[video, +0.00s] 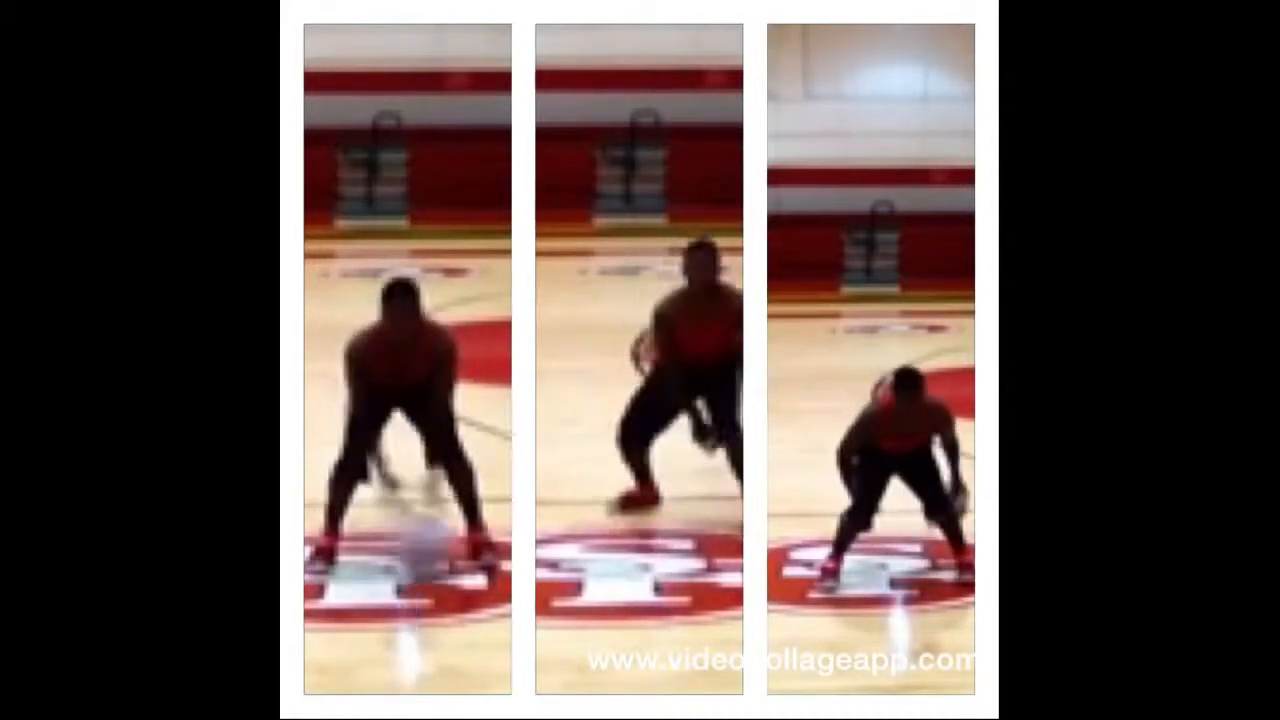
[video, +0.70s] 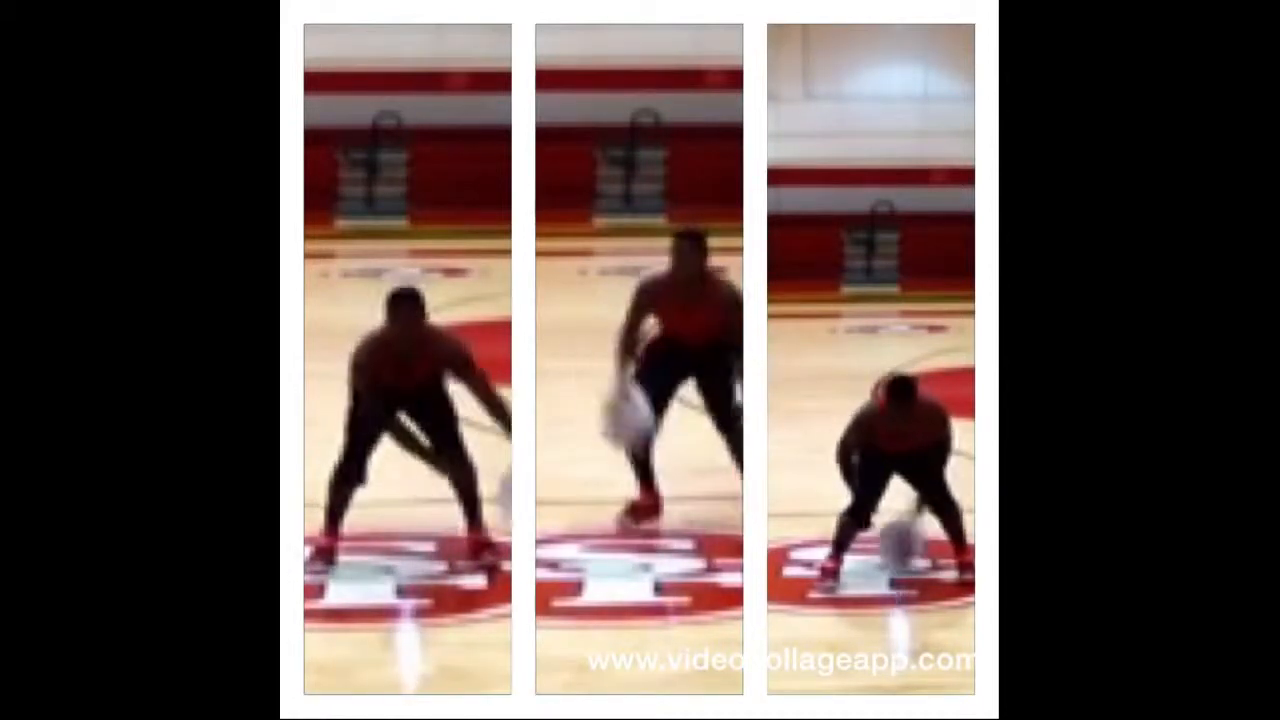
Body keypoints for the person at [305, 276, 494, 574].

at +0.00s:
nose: (402, 326)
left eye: (409, 316)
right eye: (394, 316)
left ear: (419, 312)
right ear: (383, 314)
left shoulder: (439, 344)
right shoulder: (363, 349)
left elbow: (442, 405)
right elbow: (362, 413)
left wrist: (435, 454)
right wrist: (375, 462)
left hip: (422, 394)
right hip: (375, 397)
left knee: (454, 458)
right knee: (350, 462)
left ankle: (476, 530)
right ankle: (330, 535)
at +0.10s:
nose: (407, 327)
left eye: (413, 318)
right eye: (400, 319)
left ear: (423, 317)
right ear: (388, 318)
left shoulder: (440, 346)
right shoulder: (369, 354)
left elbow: (474, 394)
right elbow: (387, 422)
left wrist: (502, 436)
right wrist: (429, 463)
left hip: (422, 396)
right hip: (375, 402)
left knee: (458, 463)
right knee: (349, 470)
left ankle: (476, 533)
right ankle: (330, 536)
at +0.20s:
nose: (407, 334)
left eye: (413, 323)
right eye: (399, 325)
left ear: (422, 320)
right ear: (387, 323)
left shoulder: (439, 347)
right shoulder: (368, 358)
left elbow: (481, 389)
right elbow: (377, 427)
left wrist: (514, 426)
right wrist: (421, 469)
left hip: (420, 396)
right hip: (373, 401)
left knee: (456, 461)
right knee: (351, 469)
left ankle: (477, 532)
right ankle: (330, 536)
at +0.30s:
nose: (398, 323)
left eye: (404, 314)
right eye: (391, 315)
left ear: (414, 312)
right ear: (380, 314)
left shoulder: (440, 345)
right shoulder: (362, 348)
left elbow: (449, 403)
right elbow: (359, 419)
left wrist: (442, 453)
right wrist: (374, 474)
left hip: (423, 388)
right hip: (375, 390)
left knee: (454, 456)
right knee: (350, 460)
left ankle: (476, 530)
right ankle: (330, 536)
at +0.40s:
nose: (393, 330)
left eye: (400, 321)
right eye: (386, 321)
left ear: (410, 316)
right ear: (375, 316)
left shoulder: (432, 343)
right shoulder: (356, 347)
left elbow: (420, 417)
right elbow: (332, 402)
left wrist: (375, 460)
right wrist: (311, 456)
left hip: (423, 393)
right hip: (374, 394)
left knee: (452, 456)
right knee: (347, 461)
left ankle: (477, 531)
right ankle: (325, 543)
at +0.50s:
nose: (391, 328)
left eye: (398, 319)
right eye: (385, 319)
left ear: (409, 314)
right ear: (375, 314)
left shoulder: (431, 342)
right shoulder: (355, 345)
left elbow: (428, 417)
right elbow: (337, 400)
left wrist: (397, 461)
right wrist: (320, 454)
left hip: (424, 394)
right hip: (374, 395)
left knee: (452, 458)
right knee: (348, 458)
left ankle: (477, 530)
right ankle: (328, 540)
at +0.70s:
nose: (408, 332)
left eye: (414, 322)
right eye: (400, 323)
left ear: (423, 319)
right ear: (388, 321)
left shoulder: (440, 345)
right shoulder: (369, 355)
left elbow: (481, 387)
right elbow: (389, 421)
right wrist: (432, 459)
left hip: (425, 396)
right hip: (376, 400)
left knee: (458, 462)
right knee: (350, 468)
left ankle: (477, 533)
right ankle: (329, 537)